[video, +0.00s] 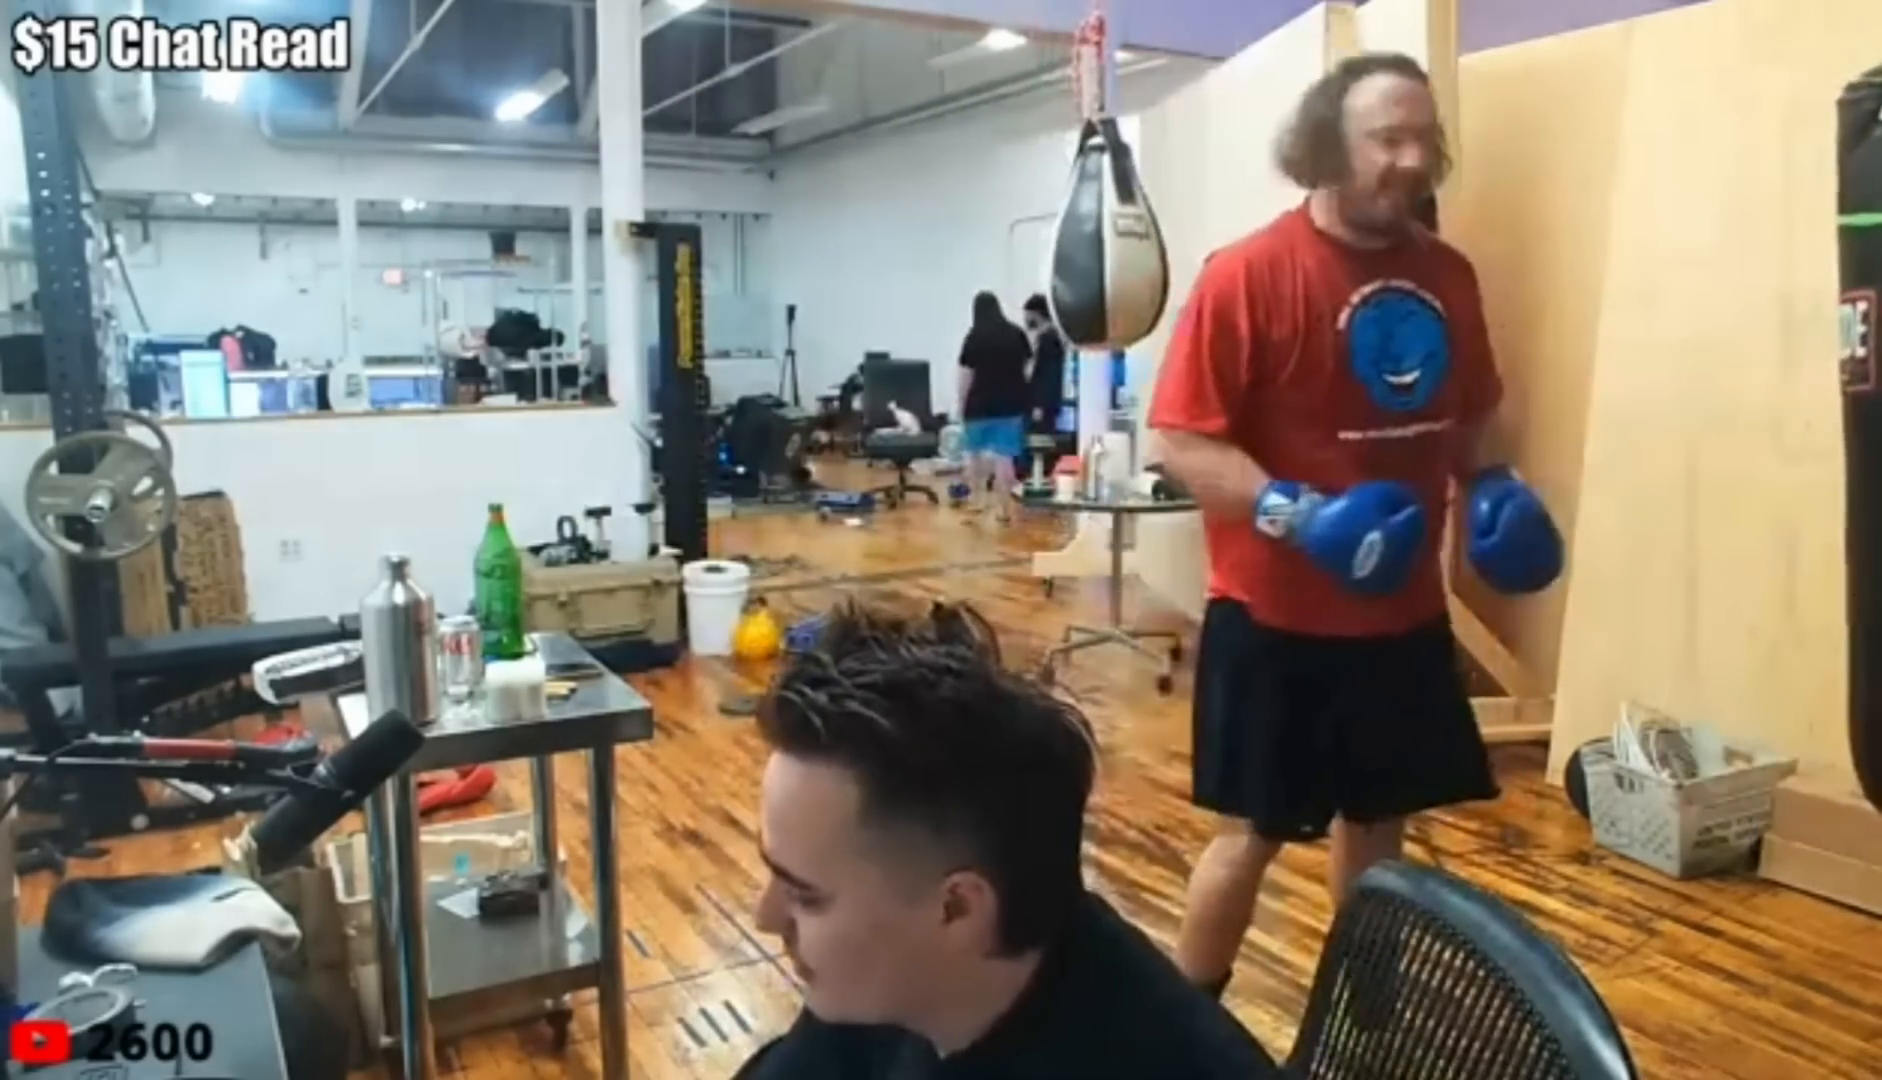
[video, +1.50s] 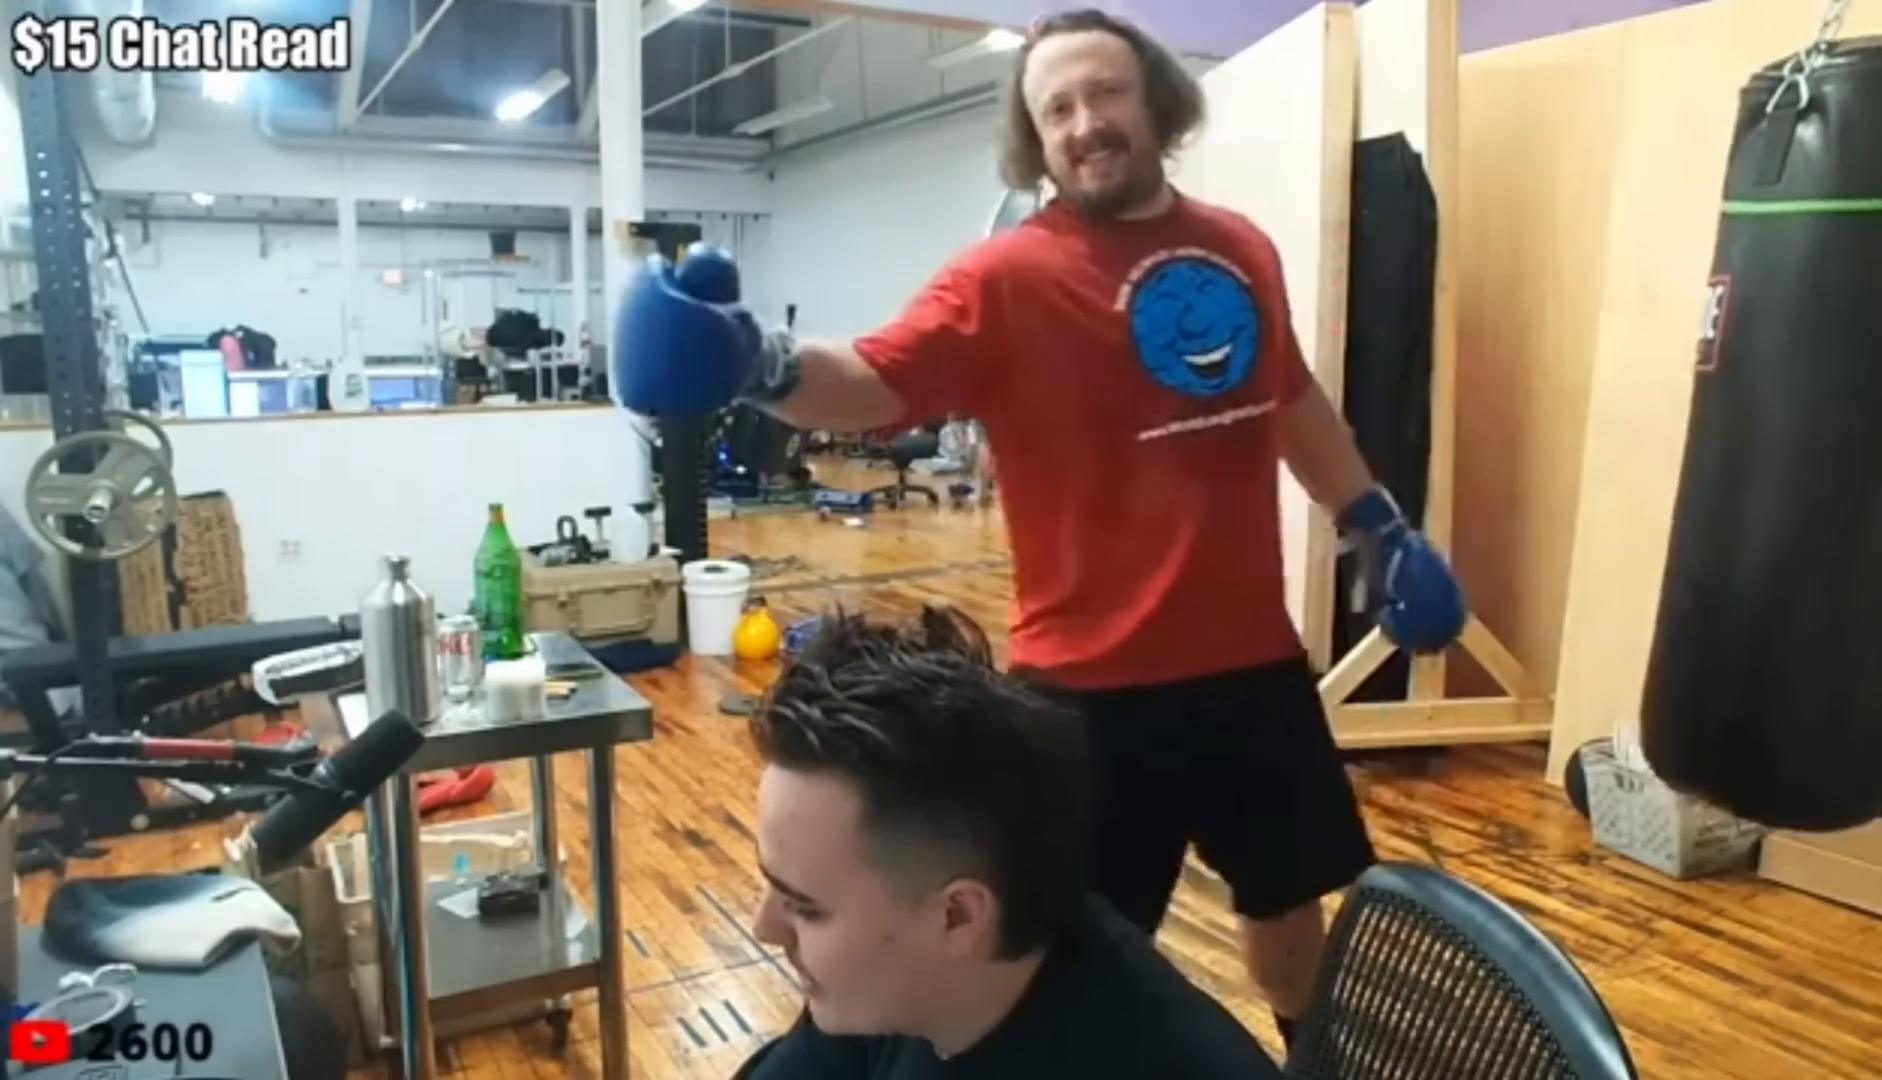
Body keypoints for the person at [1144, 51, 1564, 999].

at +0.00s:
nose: (1416, 160)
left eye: (1429, 139)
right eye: (1390, 139)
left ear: (1441, 148)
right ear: (1327, 149)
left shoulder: (1447, 276)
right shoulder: (1247, 277)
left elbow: (1475, 412)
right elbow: (1179, 441)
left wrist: (1494, 484)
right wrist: (1299, 513)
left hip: (1400, 623)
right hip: (1275, 626)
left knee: (1375, 833)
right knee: (1250, 837)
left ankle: (1367, 1025)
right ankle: (1184, 1023)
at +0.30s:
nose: (1279, 154)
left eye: (1303, 131)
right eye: (1257, 132)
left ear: (1345, 146)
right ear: (1227, 146)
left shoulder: (1401, 264)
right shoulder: (1173, 278)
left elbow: (1442, 417)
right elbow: (1099, 423)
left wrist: (1483, 555)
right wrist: (1137, 529)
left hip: (1364, 628)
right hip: (1219, 633)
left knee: (1390, 847)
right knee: (1203, 856)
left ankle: (1379, 1040)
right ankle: (1179, 1042)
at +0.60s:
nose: (1242, 142)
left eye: (1268, 119)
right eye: (1222, 120)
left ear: (1316, 136)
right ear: (1197, 138)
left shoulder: (1379, 257)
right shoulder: (1145, 272)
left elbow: (1416, 405)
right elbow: (1059, 410)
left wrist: (1471, 547)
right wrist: (1055, 527)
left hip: (1349, 624)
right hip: (1192, 631)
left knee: (1382, 846)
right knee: (1192, 856)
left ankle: (1355, 1048)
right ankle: (1176, 1054)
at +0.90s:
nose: (1267, 129)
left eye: (1290, 105)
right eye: (1243, 113)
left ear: (1340, 127)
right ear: (1219, 144)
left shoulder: (1397, 261)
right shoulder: (1170, 273)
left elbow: (1449, 421)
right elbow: (1056, 396)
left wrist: (1528, 553)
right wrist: (977, 476)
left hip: (1363, 646)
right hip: (1215, 652)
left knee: (1342, 891)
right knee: (1195, 919)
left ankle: (1327, 1053)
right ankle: (1157, 1061)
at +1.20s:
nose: (1200, 131)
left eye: (1222, 104)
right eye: (1176, 118)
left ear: (1278, 116)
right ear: (1156, 148)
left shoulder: (1355, 248)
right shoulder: (1130, 274)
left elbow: (1417, 398)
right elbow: (1002, 367)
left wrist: (1521, 518)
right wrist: (882, 353)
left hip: (1350, 646)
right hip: (1194, 659)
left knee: (1327, 874)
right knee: (1150, 903)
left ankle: (1314, 1044)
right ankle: (1097, 1048)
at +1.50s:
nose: (1087, 124)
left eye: (1107, 94)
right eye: (1059, 110)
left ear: (1159, 106)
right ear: (1032, 142)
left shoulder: (1235, 248)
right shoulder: (1003, 281)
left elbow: (1294, 403)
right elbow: (878, 388)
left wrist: (1383, 533)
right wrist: (760, 365)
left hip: (1247, 661)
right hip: (1087, 682)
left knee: (1290, 899)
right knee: (1082, 945)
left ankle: (1311, 1054)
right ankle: (1071, 1075)